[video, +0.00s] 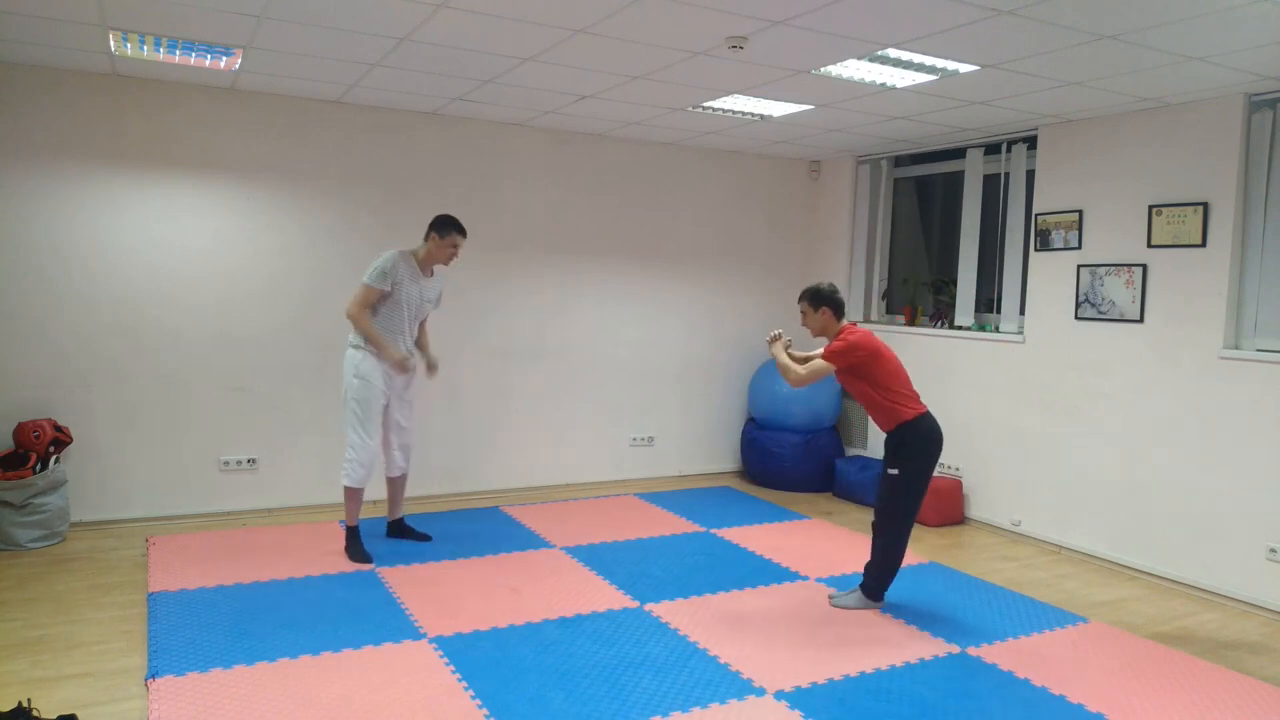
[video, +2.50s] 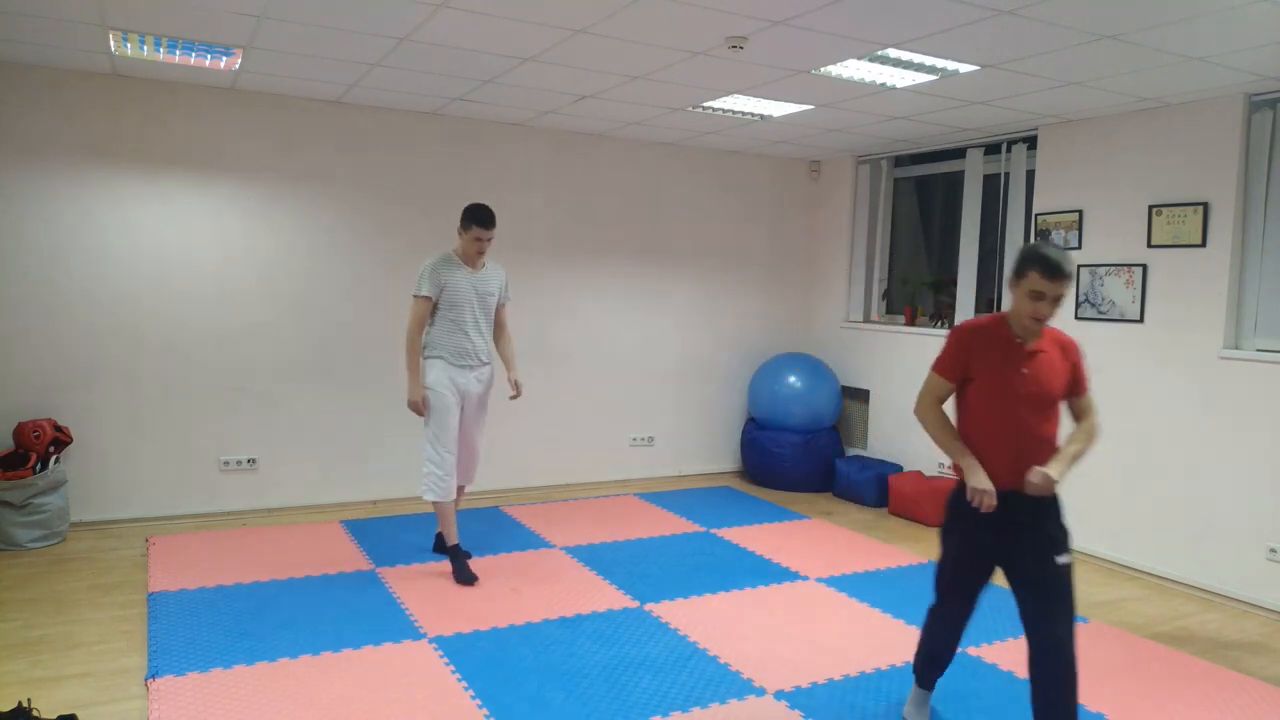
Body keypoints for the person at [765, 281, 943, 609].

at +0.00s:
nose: (803, 321)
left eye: (806, 314)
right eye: (802, 315)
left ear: (826, 312)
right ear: (829, 313)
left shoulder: (852, 342)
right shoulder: (848, 338)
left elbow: (797, 377)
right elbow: (810, 359)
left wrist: (778, 351)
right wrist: (786, 350)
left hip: (915, 438)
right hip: (905, 436)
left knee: (892, 520)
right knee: (885, 517)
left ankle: (872, 593)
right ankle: (870, 588)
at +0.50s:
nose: (832, 285)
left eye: (837, 278)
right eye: (832, 278)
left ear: (857, 281)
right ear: (857, 282)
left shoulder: (872, 320)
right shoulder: (864, 318)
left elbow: (823, 360)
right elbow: (827, 358)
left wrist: (815, 333)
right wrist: (821, 336)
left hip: (890, 430)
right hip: (882, 429)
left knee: (875, 514)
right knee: (868, 512)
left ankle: (872, 593)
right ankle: (869, 586)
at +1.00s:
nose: (858, 287)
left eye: (866, 280)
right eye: (853, 280)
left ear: (884, 280)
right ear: (848, 281)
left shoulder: (898, 322)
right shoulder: (855, 323)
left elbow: (933, 371)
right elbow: (859, 368)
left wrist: (880, 384)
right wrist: (844, 381)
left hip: (886, 429)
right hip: (859, 427)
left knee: (866, 517)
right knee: (856, 514)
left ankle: (872, 592)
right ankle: (869, 584)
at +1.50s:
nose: (920, 296)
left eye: (929, 289)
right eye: (913, 287)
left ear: (939, 289)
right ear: (899, 282)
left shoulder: (950, 334)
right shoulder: (876, 327)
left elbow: (974, 388)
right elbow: (854, 371)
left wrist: (936, 417)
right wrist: (859, 411)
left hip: (928, 449)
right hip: (883, 446)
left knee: (928, 540)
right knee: (868, 520)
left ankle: (920, 628)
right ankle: (867, 573)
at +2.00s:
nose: (956, 301)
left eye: (965, 291)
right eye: (947, 292)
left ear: (976, 289)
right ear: (930, 287)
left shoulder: (992, 336)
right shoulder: (905, 337)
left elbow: (1017, 397)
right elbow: (872, 393)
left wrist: (991, 439)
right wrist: (898, 437)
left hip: (966, 475)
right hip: (916, 471)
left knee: (951, 579)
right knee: (920, 579)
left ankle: (924, 636)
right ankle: (918, 685)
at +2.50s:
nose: (1044, 309)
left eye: (1055, 300)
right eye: (1036, 296)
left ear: (1063, 299)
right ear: (1011, 288)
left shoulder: (1065, 350)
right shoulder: (971, 337)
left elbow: (1088, 425)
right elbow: (926, 406)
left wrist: (1055, 468)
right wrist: (970, 465)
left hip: (1036, 511)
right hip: (975, 506)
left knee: (1054, 638)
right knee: (950, 611)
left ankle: (1058, 717)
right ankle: (921, 693)